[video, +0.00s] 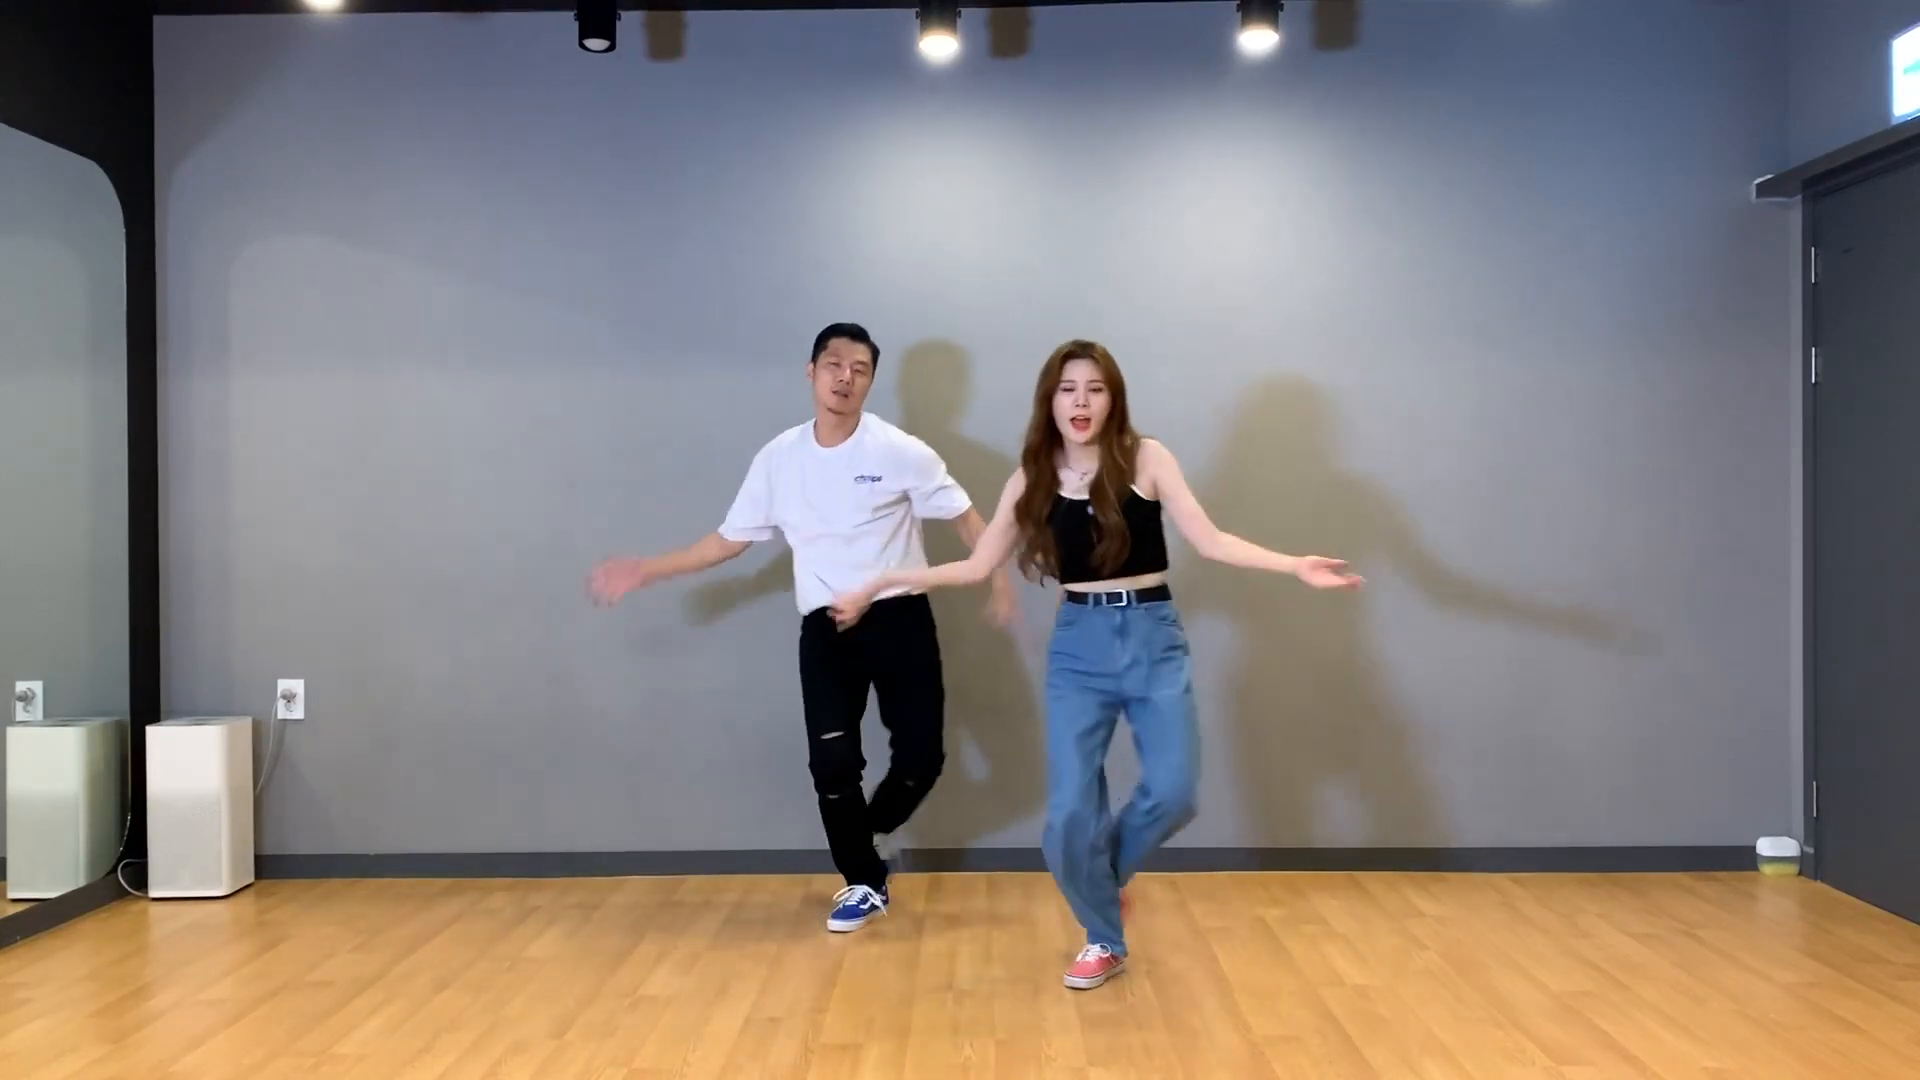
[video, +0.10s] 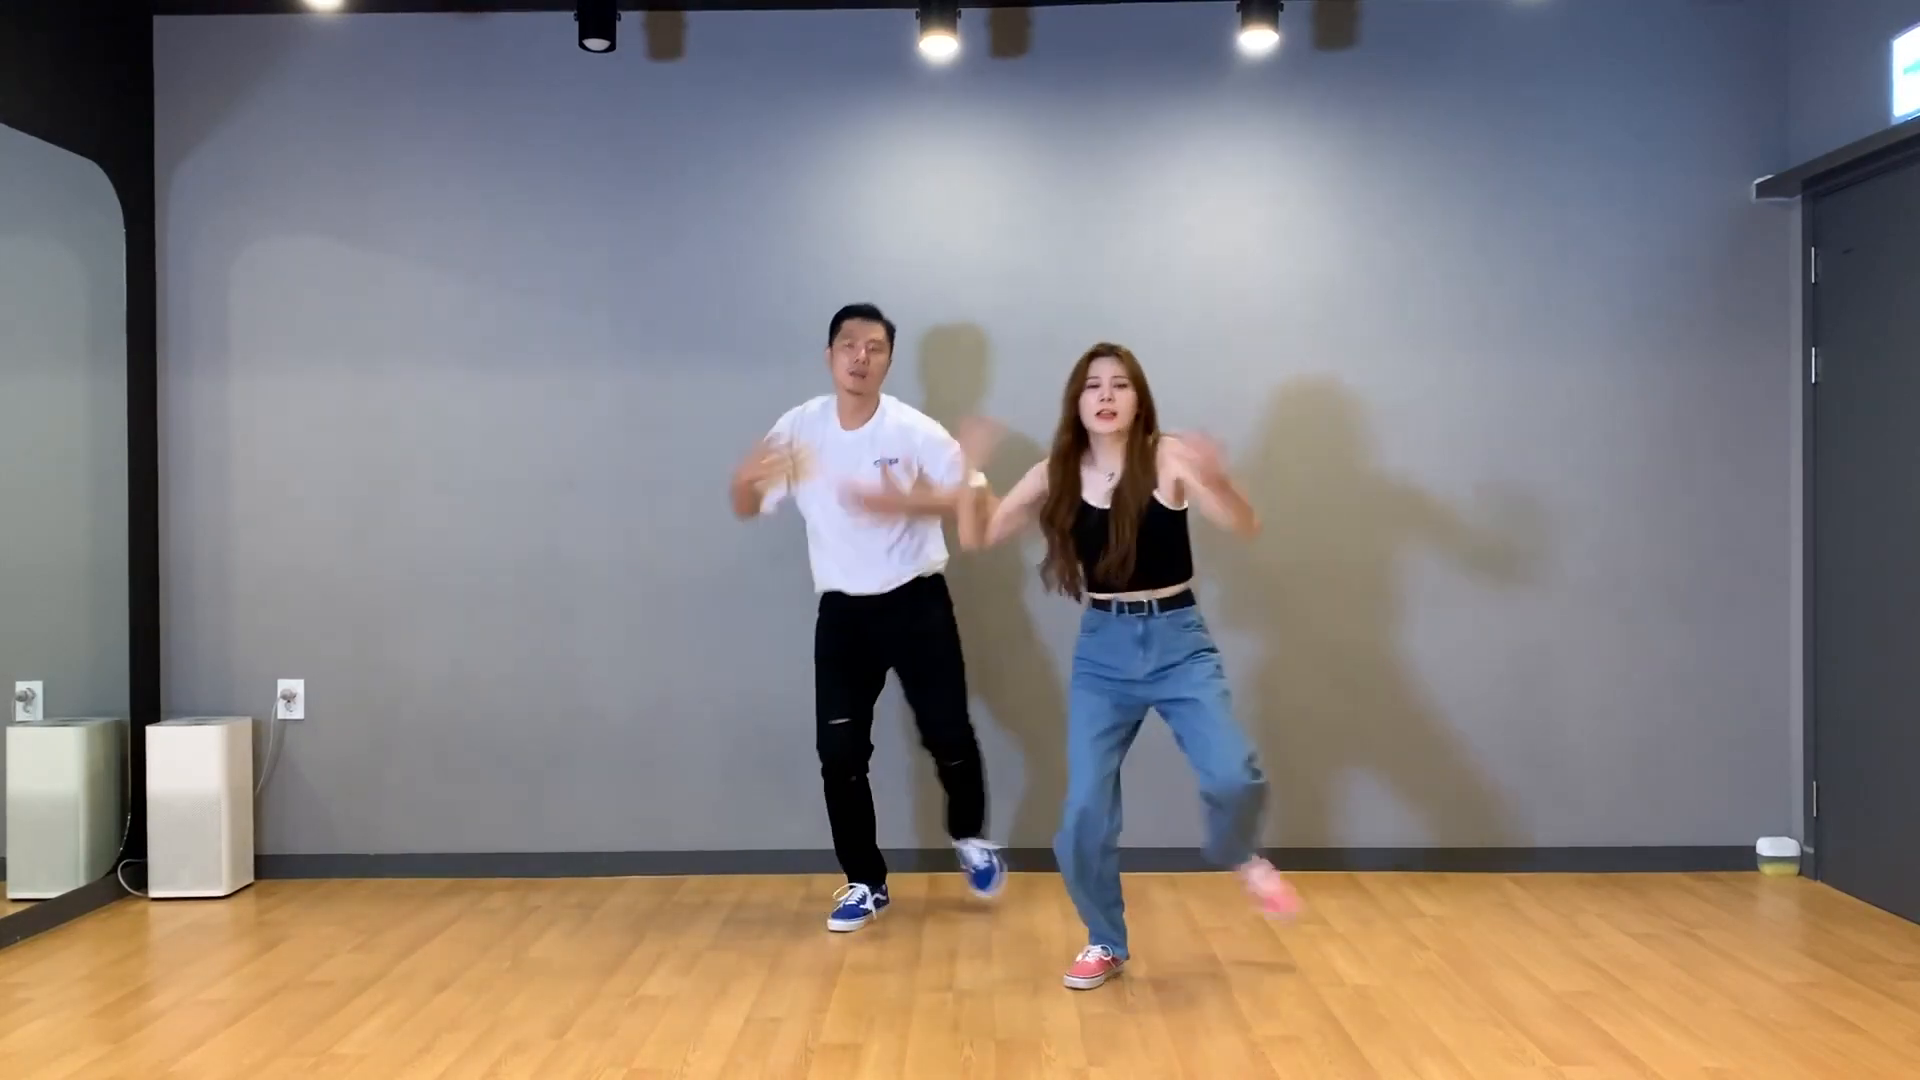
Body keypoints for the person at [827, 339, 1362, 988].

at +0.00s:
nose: (1080, 402)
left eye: (1094, 390)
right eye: (1068, 390)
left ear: (1113, 400)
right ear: (1049, 400)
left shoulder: (1147, 459)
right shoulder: (1030, 480)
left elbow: (1209, 540)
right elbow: (976, 568)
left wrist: (1296, 565)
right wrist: (885, 581)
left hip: (1155, 641)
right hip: (1077, 646)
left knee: (1174, 793)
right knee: (1072, 806)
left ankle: (1106, 865)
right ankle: (1102, 941)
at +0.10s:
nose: (1105, 396)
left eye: (1118, 385)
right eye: (1093, 386)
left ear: (1139, 398)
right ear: (1075, 400)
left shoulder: (1170, 456)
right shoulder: (1054, 474)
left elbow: (1245, 526)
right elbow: (977, 537)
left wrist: (1210, 476)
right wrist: (971, 470)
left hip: (1178, 640)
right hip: (1102, 647)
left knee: (1235, 778)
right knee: (1085, 808)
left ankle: (1241, 858)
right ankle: (1106, 941)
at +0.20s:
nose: (1134, 379)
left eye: (1148, 369)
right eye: (1121, 370)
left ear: (1168, 381)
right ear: (1105, 384)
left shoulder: (1192, 431)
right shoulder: (1086, 445)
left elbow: (1283, 447)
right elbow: (1002, 478)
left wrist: (1179, 451)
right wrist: (1058, 460)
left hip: (1204, 641)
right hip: (1128, 643)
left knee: (1269, 813)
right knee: (1102, 799)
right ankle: (1107, 942)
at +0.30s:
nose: (1158, 366)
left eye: (1170, 353)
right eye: (1144, 357)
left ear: (1193, 360)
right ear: (1130, 369)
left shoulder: (1222, 417)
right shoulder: (1120, 432)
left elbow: (1309, 459)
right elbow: (1061, 494)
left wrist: (1220, 479)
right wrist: (1087, 483)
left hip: (1217, 625)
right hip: (1145, 631)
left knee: (1290, 783)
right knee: (1120, 789)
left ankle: (1358, 928)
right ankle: (1112, 938)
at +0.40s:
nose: (1179, 371)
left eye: (1188, 355)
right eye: (1163, 363)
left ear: (1210, 357)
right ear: (1148, 375)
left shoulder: (1244, 418)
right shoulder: (1140, 432)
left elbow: (1316, 495)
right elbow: (1116, 495)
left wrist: (1243, 548)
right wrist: (1116, 557)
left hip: (1223, 621)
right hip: (1150, 622)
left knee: (1288, 780)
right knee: (1131, 789)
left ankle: (1355, 927)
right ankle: (1126, 935)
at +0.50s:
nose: (1191, 385)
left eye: (1196, 368)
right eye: (1174, 381)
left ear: (1217, 368)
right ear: (1161, 396)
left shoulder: (1257, 439)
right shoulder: (1158, 450)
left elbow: (1254, 550)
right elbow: (1134, 553)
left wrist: (1236, 639)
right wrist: (1113, 639)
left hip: (1226, 612)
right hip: (1153, 613)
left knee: (1282, 781)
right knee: (1137, 781)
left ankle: (1355, 928)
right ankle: (1124, 935)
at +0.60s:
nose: (1189, 402)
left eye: (1195, 386)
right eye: (1172, 399)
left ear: (1217, 388)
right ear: (1161, 417)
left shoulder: (1259, 457)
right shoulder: (1169, 477)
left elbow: (1227, 562)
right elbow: (1147, 567)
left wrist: (1171, 628)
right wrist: (1098, 628)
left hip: (1237, 619)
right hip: (1167, 618)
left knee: (1254, 805)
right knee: (1126, 793)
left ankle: (1349, 929)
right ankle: (1122, 938)